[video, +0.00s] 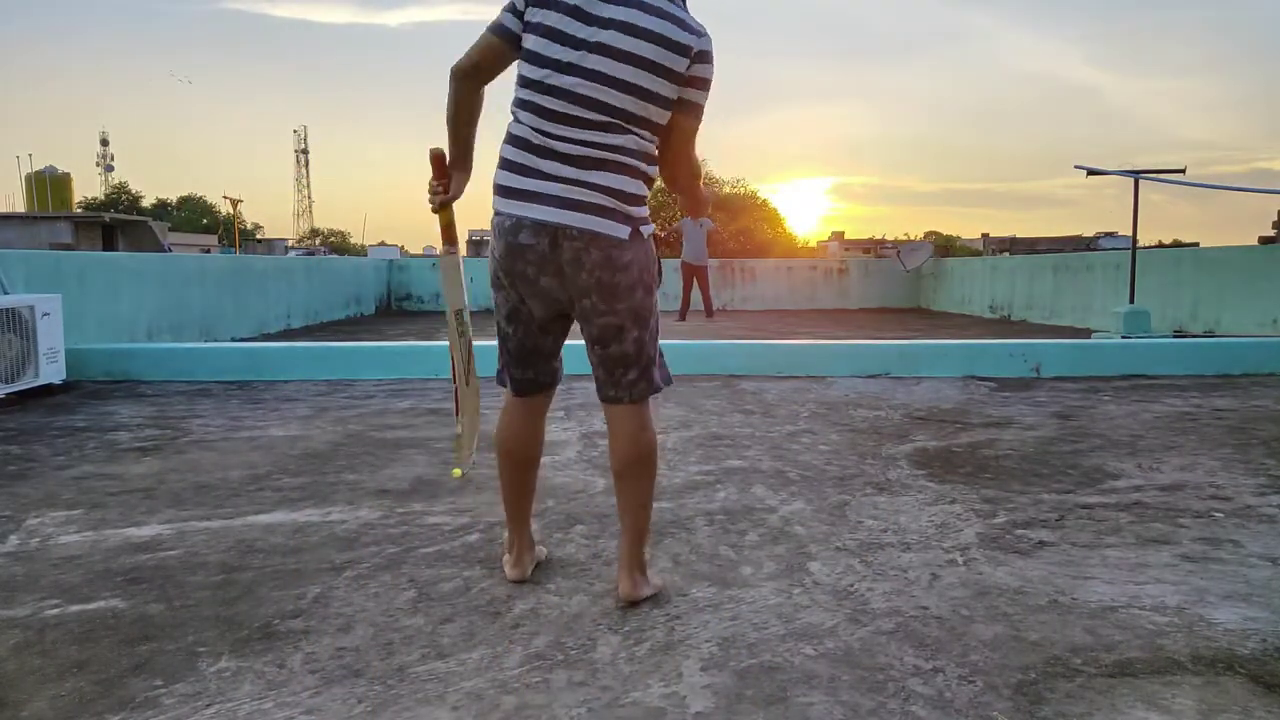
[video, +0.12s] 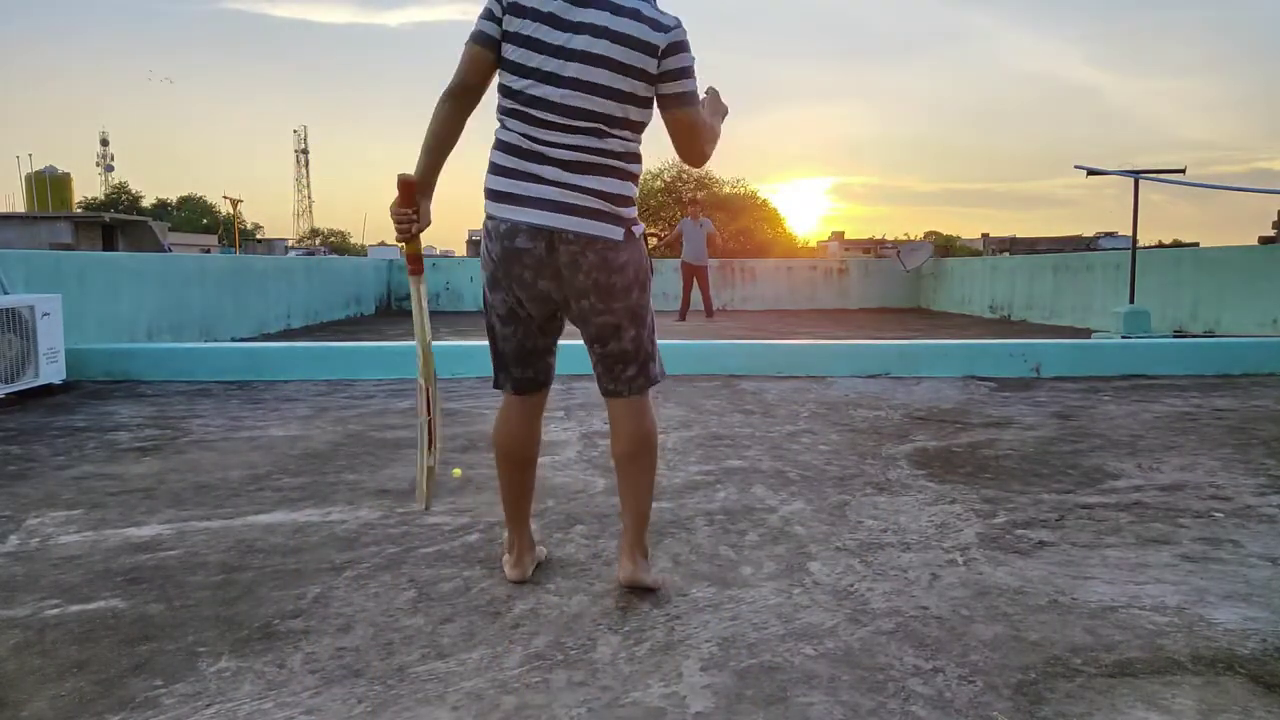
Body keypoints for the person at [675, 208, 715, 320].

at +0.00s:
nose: (693, 212)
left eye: (696, 209)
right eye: (691, 209)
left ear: (701, 209)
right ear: (687, 209)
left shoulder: (705, 222)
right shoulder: (684, 222)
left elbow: (716, 233)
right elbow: (672, 229)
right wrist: (664, 232)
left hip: (701, 260)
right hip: (687, 260)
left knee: (705, 290)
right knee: (686, 290)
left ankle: (710, 314)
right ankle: (682, 316)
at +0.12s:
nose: (693, 210)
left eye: (696, 207)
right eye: (691, 207)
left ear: (700, 209)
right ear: (688, 209)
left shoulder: (705, 222)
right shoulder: (684, 222)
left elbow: (716, 235)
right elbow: (673, 235)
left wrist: (718, 244)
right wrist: (661, 243)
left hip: (701, 261)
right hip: (687, 261)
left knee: (705, 290)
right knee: (686, 290)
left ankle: (709, 314)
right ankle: (682, 315)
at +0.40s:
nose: (693, 209)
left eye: (695, 206)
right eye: (691, 206)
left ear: (699, 208)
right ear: (687, 209)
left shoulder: (705, 222)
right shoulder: (683, 223)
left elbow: (709, 235)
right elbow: (681, 235)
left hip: (702, 261)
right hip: (687, 260)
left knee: (705, 291)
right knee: (686, 290)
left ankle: (709, 315)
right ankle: (682, 315)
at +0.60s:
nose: (693, 208)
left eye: (695, 205)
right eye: (690, 206)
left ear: (700, 207)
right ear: (687, 208)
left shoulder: (705, 222)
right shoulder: (683, 223)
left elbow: (707, 235)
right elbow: (682, 236)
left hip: (702, 261)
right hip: (687, 260)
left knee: (705, 291)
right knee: (686, 290)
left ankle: (709, 314)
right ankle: (682, 315)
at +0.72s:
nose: (692, 209)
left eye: (695, 206)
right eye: (690, 206)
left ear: (699, 208)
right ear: (687, 209)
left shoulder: (705, 222)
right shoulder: (683, 223)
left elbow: (710, 238)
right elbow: (681, 243)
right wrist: (677, 260)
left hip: (702, 262)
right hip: (688, 261)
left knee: (705, 291)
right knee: (686, 291)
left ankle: (709, 315)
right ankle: (682, 315)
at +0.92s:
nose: (691, 210)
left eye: (693, 207)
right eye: (689, 207)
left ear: (698, 209)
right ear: (686, 209)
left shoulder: (704, 222)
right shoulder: (683, 223)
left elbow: (713, 239)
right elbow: (675, 238)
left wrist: (719, 255)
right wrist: (666, 250)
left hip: (702, 262)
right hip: (688, 261)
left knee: (705, 291)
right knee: (686, 291)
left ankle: (709, 315)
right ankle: (682, 316)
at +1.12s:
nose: (691, 211)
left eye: (693, 208)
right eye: (689, 208)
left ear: (698, 209)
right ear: (686, 210)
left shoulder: (703, 222)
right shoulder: (682, 223)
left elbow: (707, 239)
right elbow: (677, 239)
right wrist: (681, 251)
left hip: (702, 261)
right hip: (688, 260)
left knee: (706, 291)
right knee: (686, 291)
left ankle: (709, 315)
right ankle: (682, 315)